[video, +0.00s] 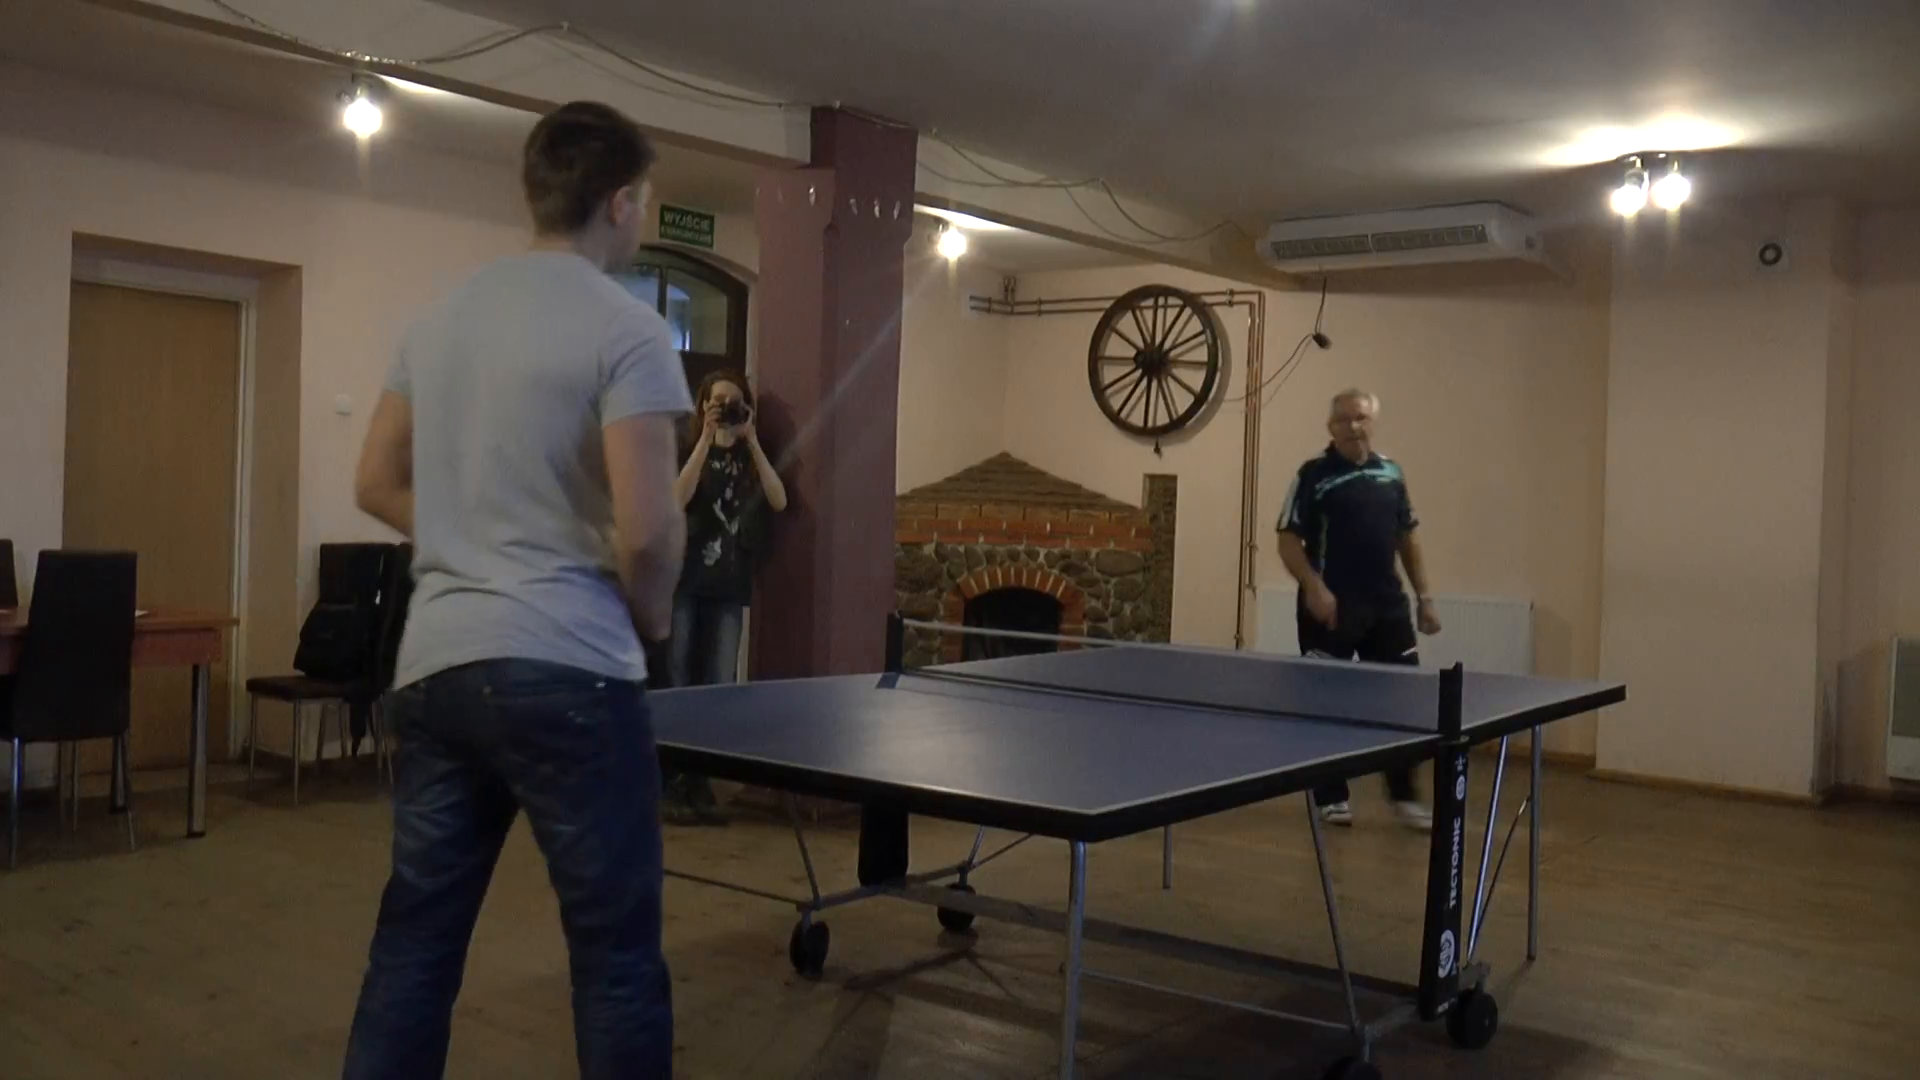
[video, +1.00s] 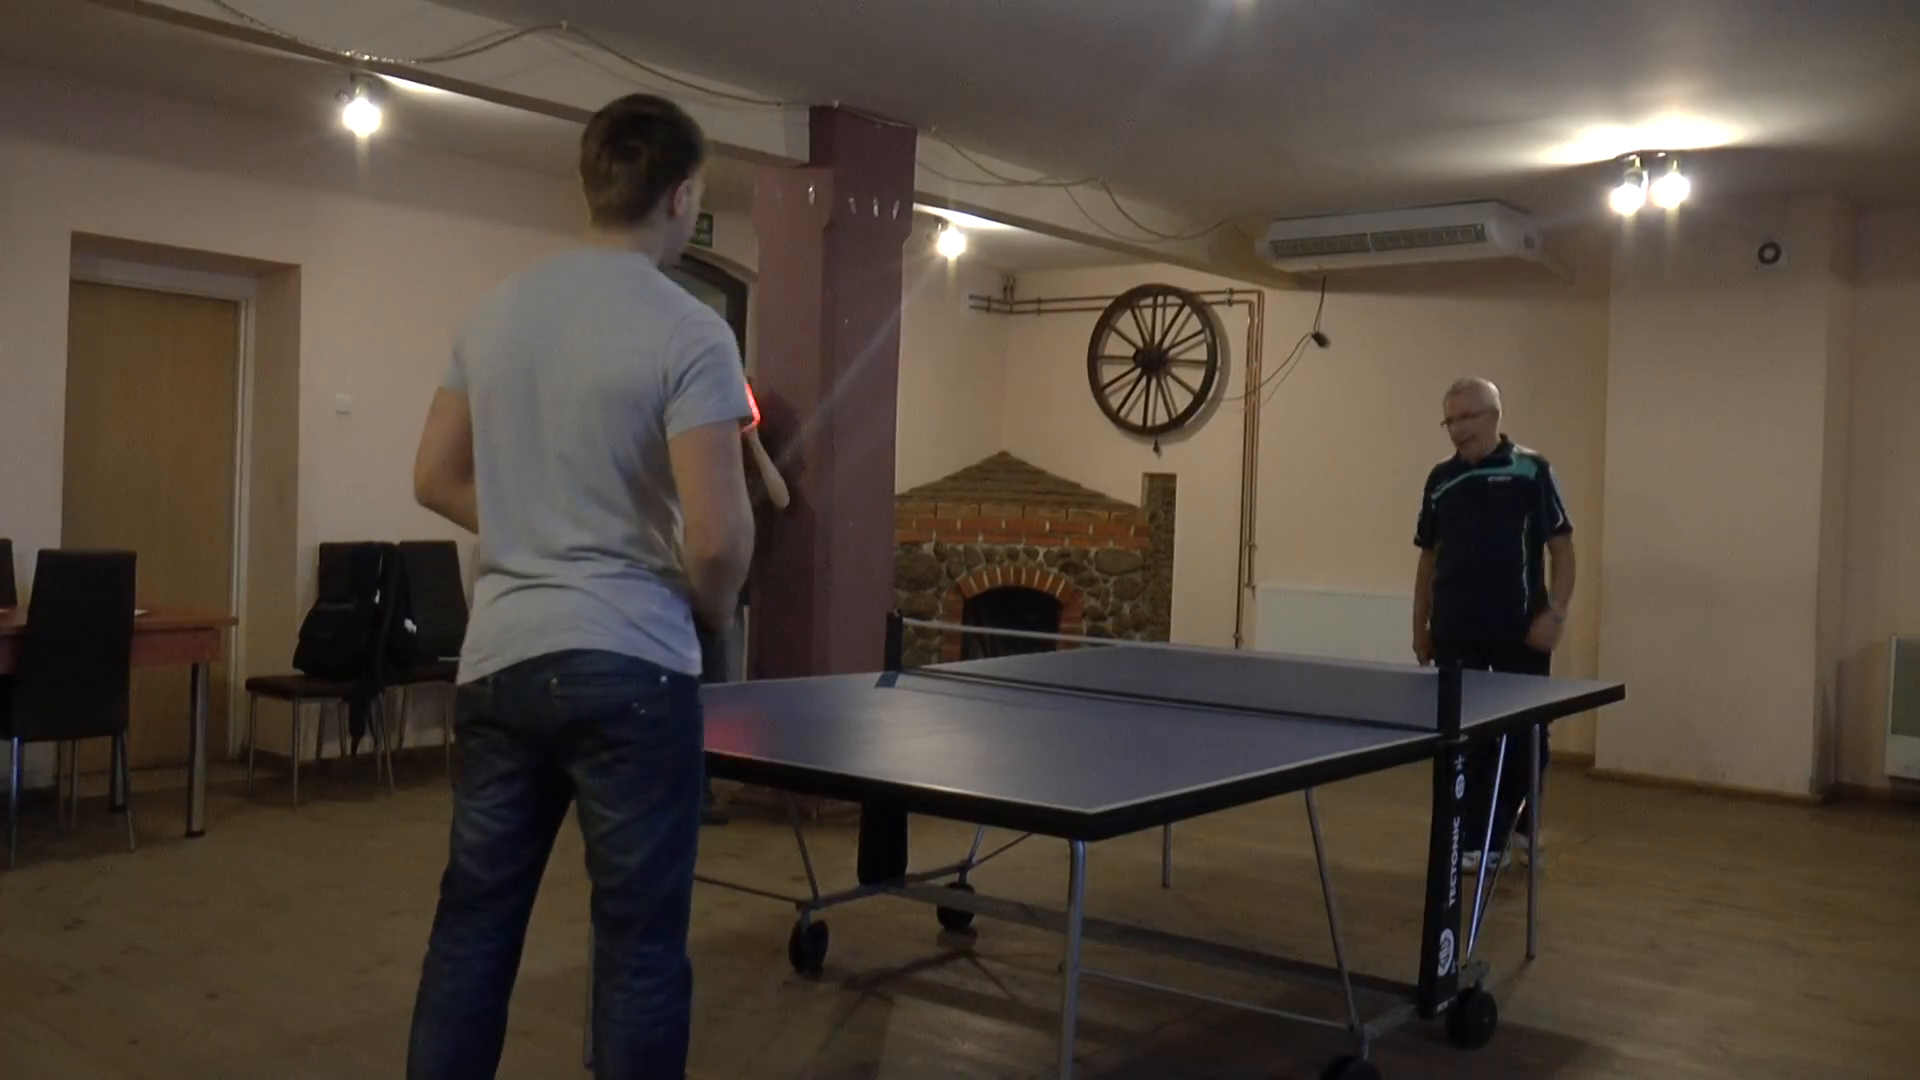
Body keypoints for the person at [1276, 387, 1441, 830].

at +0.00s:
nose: (1352, 426)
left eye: (1360, 418)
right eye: (1343, 419)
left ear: (1374, 423)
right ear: (1330, 425)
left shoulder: (1391, 473)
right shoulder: (1313, 476)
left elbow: (1406, 537)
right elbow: (1288, 540)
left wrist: (1423, 596)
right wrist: (1312, 584)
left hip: (1386, 605)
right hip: (1329, 608)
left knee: (1403, 695)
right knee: (1327, 700)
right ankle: (1330, 795)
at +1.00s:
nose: (1458, 428)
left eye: (1468, 418)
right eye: (1450, 420)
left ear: (1495, 417)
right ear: (1445, 422)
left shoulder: (1531, 470)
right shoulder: (1441, 478)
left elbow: (1561, 548)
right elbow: (1428, 559)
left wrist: (1555, 613)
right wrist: (1420, 625)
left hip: (1518, 633)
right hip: (1456, 633)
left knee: (1520, 739)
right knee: (1462, 742)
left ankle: (1513, 831)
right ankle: (1472, 841)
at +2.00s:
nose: (1455, 411)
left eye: (1469, 404)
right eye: (1451, 401)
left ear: (1500, 413)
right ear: (1447, 405)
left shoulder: (1518, 472)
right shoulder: (1451, 464)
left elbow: (1523, 565)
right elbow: (1442, 542)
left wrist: (1468, 627)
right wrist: (1404, 586)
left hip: (1506, 645)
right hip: (1454, 637)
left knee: (1510, 760)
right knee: (1445, 747)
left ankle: (1537, 871)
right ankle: (1437, 846)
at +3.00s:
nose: (1440, 414)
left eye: (1453, 405)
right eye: (1434, 404)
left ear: (1479, 410)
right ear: (1426, 409)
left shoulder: (1511, 463)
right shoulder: (1420, 469)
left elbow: (1542, 540)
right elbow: (1394, 539)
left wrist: (1487, 513)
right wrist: (1383, 599)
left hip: (1494, 636)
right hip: (1432, 633)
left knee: (1488, 753)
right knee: (1434, 746)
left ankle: (1500, 866)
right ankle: (1435, 845)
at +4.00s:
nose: (1392, 446)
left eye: (1400, 435)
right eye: (1388, 436)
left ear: (1433, 429)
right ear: (1401, 437)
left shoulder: (1465, 469)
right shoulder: (1413, 488)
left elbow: (1434, 552)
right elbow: (1381, 553)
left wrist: (1351, 578)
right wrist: (1317, 573)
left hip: (1506, 632)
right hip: (1447, 628)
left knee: (1501, 749)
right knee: (1414, 733)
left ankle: (1500, 865)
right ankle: (1390, 844)